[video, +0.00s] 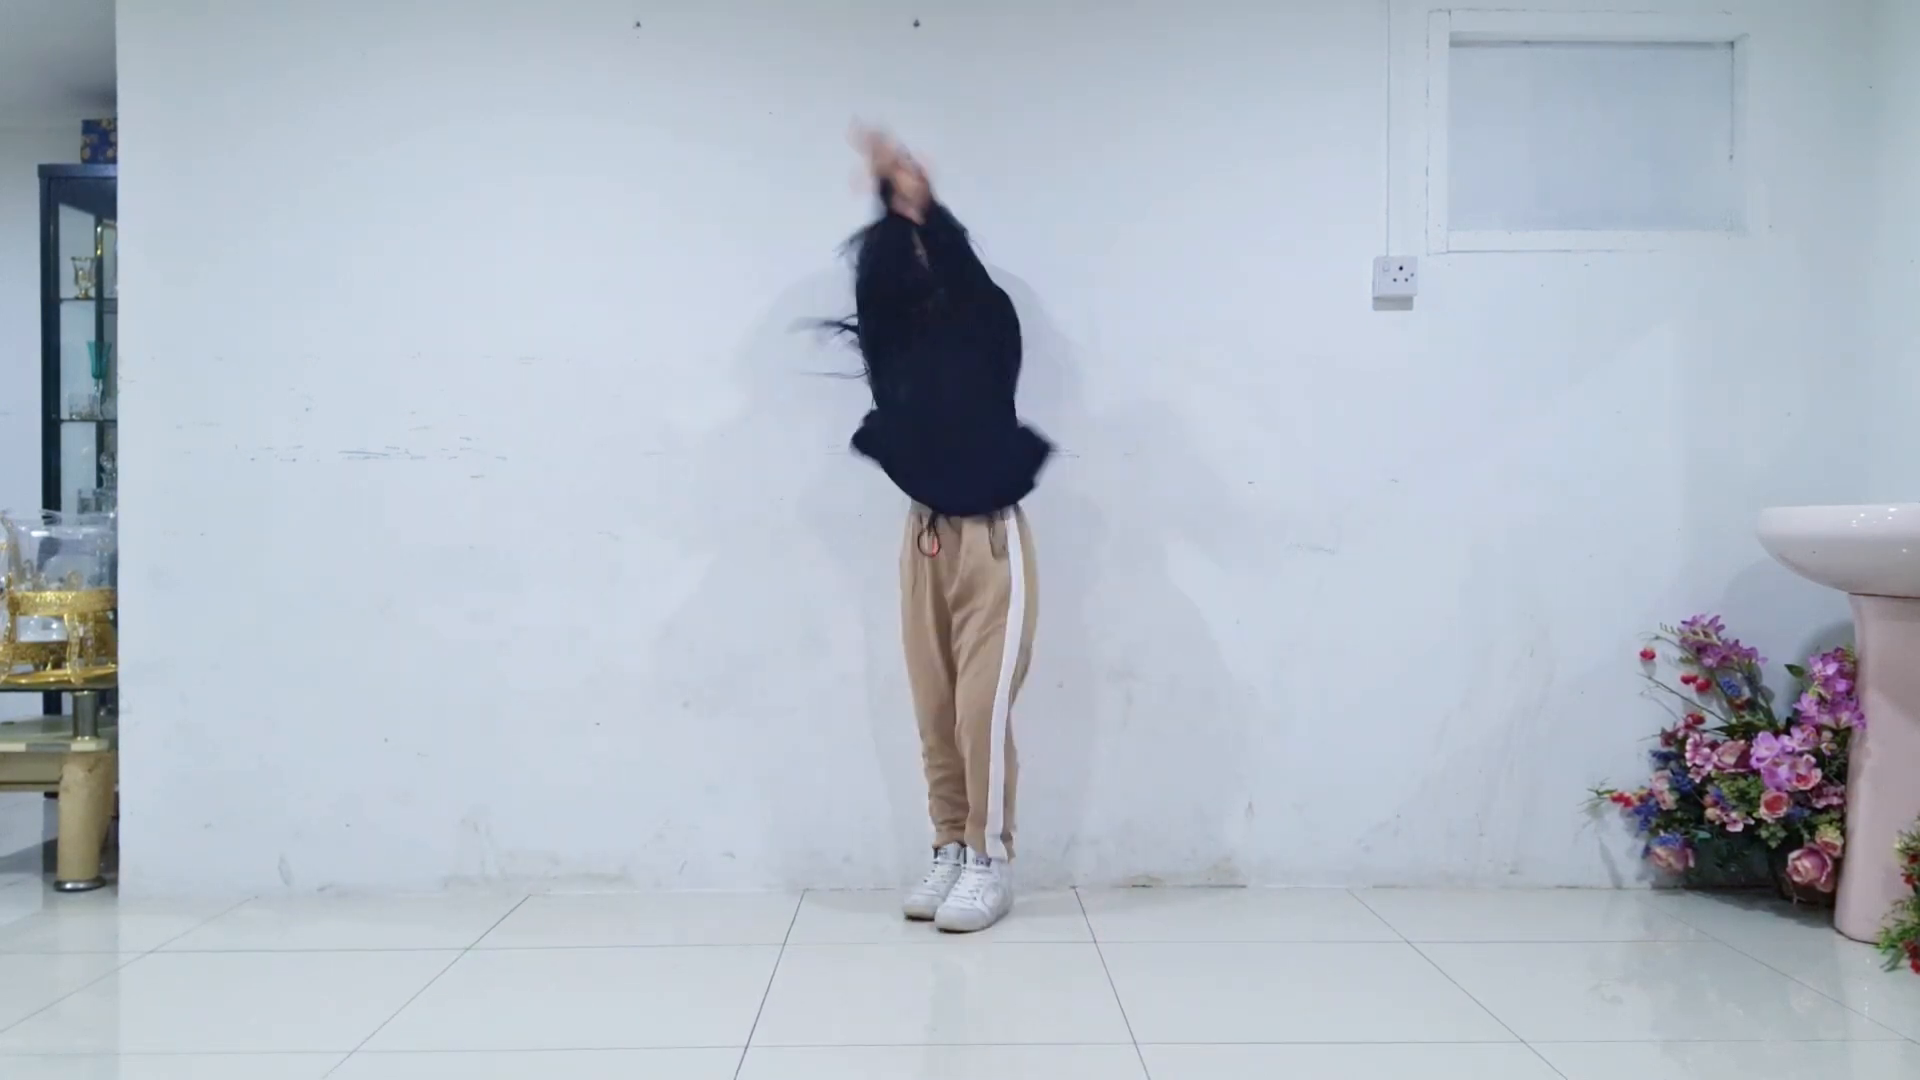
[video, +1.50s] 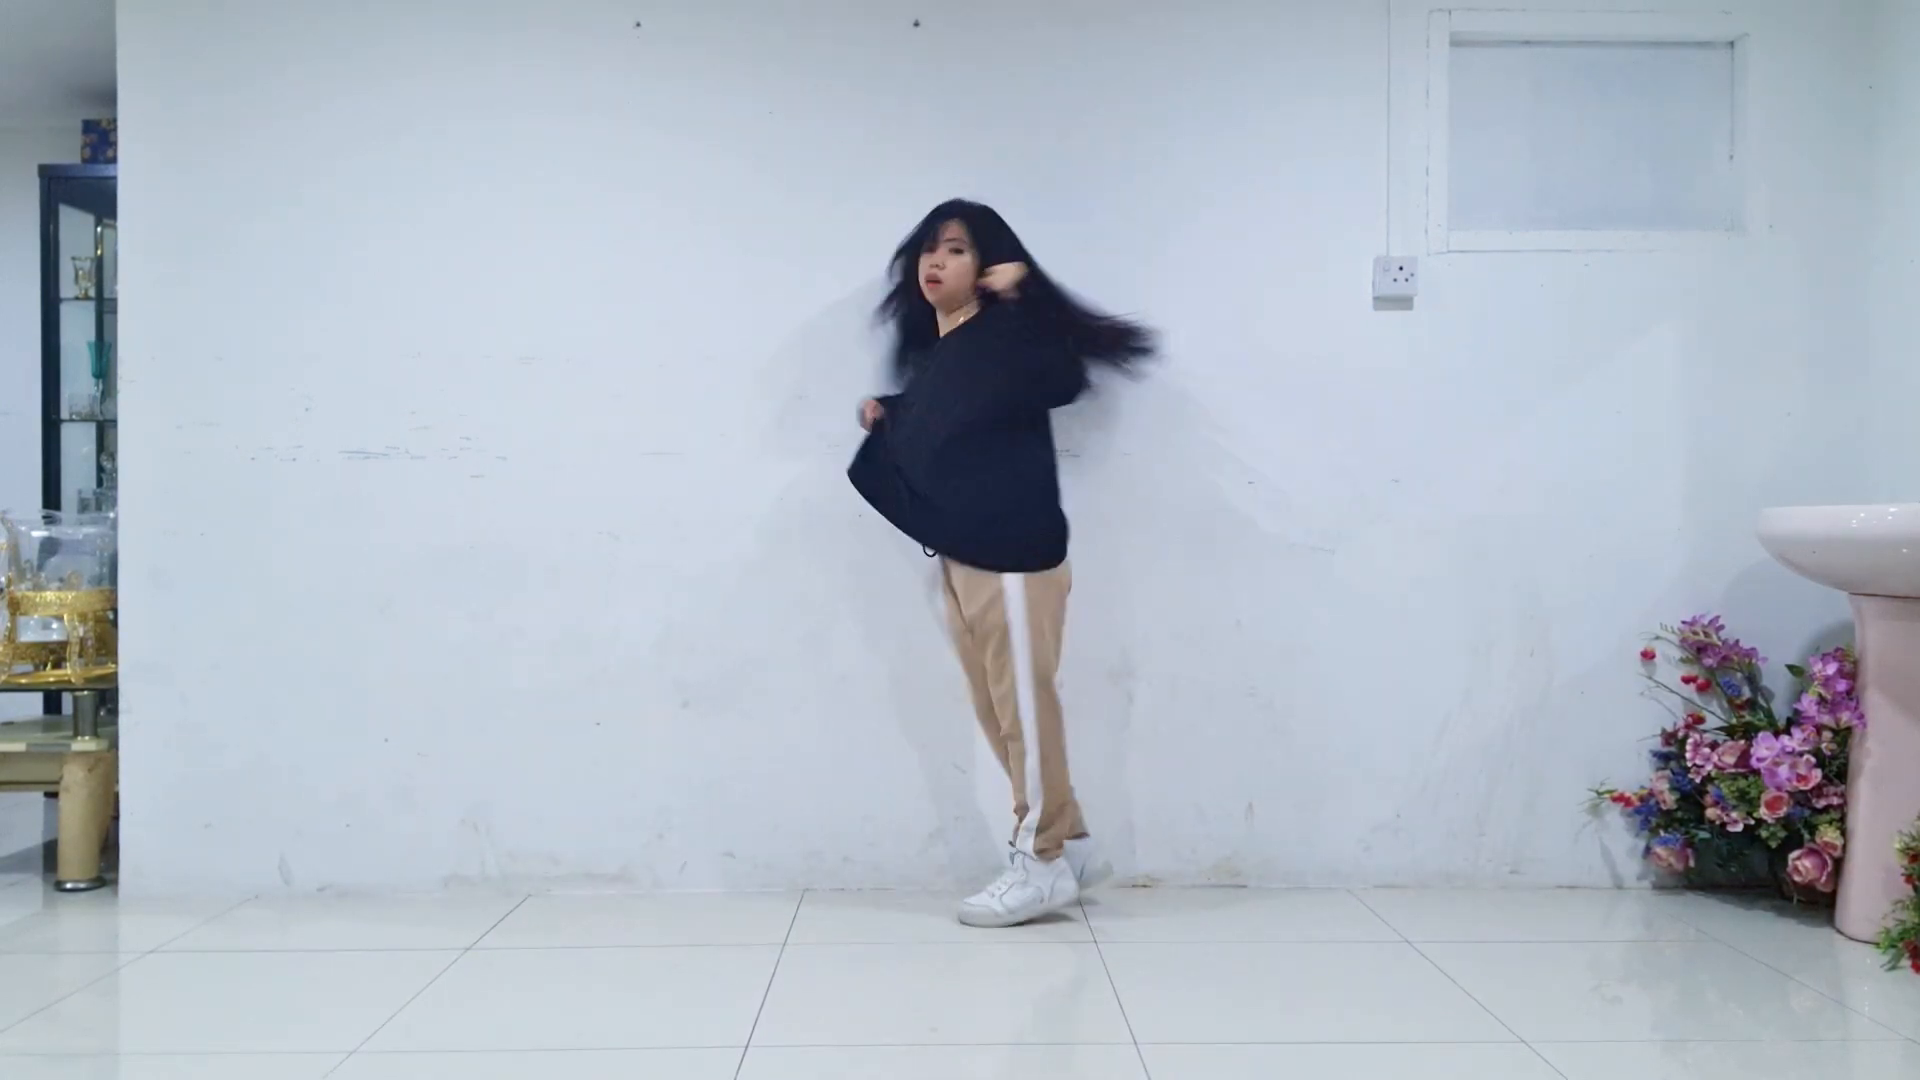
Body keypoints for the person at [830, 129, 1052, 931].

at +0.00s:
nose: (919, 256)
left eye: (930, 244)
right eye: (897, 245)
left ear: (948, 251)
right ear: (884, 270)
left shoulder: (987, 318)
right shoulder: (891, 336)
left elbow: (959, 268)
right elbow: (876, 278)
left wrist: (926, 205)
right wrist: (891, 210)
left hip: (994, 536)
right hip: (922, 533)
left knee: (981, 705)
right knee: (934, 706)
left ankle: (989, 864)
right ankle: (950, 856)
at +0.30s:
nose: (952, 278)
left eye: (967, 266)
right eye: (938, 269)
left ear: (992, 281)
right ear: (921, 289)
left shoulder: (1031, 370)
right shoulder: (906, 382)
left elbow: (1082, 462)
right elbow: (879, 471)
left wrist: (1019, 473)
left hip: (1018, 572)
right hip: (935, 576)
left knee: (999, 722)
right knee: (907, 710)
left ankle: (991, 864)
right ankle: (936, 835)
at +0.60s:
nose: (970, 289)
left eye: (987, 274)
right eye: (957, 276)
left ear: (1012, 289)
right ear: (939, 292)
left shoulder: (1025, 365)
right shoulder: (940, 376)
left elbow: (1016, 421)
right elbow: (949, 472)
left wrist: (999, 372)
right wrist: (945, 547)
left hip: (1040, 571)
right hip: (966, 582)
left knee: (1030, 731)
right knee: (998, 734)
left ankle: (996, 861)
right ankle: (1082, 874)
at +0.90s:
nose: (1044, 268)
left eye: (1037, 254)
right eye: (1031, 256)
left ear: (998, 276)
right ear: (997, 274)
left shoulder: (1024, 358)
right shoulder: (955, 371)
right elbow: (926, 451)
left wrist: (1073, 378)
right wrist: (996, 491)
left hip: (1063, 554)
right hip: (997, 561)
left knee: (1015, 715)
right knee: (1045, 716)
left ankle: (963, 854)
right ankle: (1093, 873)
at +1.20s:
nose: (949, 294)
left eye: (953, 284)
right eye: (955, 283)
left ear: (963, 289)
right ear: (1027, 287)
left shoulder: (935, 350)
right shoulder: (1053, 350)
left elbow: (886, 390)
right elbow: (1140, 398)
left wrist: (873, 350)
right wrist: (1076, 461)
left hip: (952, 560)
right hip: (1033, 549)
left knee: (961, 718)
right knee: (1059, 711)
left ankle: (993, 887)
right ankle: (1084, 873)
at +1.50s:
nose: (933, 260)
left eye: (954, 249)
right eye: (928, 248)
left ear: (988, 268)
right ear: (916, 263)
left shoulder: (1012, 331)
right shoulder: (929, 353)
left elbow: (1065, 382)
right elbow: (939, 426)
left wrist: (1023, 298)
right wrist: (888, 417)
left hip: (1021, 551)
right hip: (960, 556)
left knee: (1025, 704)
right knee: (996, 710)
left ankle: (1046, 862)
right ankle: (1057, 842)